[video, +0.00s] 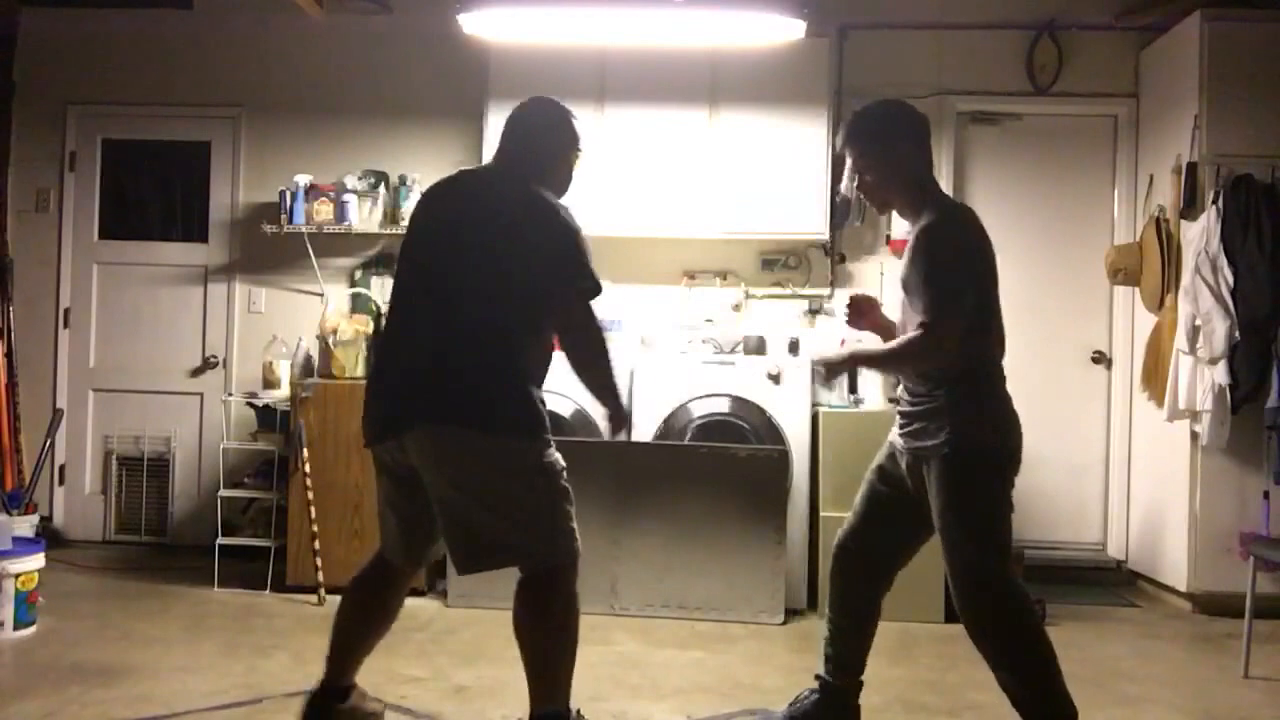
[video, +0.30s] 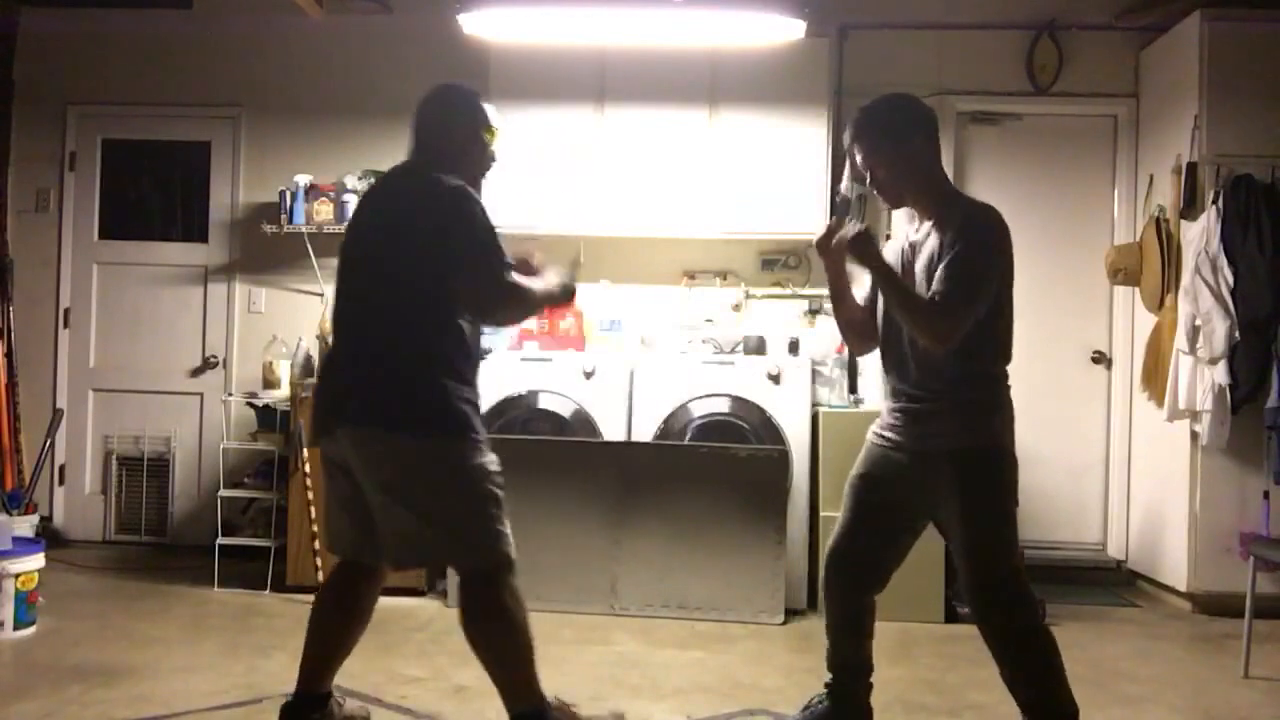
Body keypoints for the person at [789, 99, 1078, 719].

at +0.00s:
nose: (852, 184)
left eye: (858, 166)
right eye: (848, 169)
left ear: (899, 157)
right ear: (901, 162)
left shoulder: (948, 231)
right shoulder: (929, 233)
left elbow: (940, 346)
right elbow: (951, 337)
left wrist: (853, 360)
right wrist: (885, 323)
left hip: (964, 438)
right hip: (916, 435)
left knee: (986, 600)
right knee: (856, 561)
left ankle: (1057, 717)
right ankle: (837, 696)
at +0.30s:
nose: (861, 173)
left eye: (867, 156)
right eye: (858, 160)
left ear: (914, 149)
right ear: (898, 158)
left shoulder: (979, 227)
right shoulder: (897, 236)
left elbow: (943, 331)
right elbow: (862, 337)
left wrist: (874, 261)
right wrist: (835, 271)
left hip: (969, 439)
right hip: (900, 433)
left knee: (999, 603)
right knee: (847, 572)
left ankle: (1057, 716)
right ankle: (847, 699)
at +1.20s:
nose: (853, 188)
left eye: (861, 172)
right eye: (851, 173)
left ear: (903, 168)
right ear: (917, 168)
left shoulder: (907, 249)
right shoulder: (977, 233)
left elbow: (896, 359)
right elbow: (999, 341)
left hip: (983, 439)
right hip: (950, 439)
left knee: (1012, 595)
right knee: (896, 568)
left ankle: (1094, 714)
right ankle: (850, 693)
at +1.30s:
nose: (867, 189)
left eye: (873, 172)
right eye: (862, 175)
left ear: (915, 162)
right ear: (910, 168)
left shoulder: (962, 233)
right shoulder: (939, 235)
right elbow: (963, 338)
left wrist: (918, 395)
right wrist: (897, 322)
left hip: (1000, 441)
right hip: (951, 437)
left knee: (1016, 600)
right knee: (893, 560)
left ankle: (1092, 717)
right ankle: (872, 691)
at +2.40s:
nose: (847, 188)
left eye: (854, 172)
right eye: (844, 174)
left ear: (898, 159)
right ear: (901, 163)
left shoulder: (919, 228)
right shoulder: (925, 225)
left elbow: (816, 293)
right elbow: (931, 336)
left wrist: (738, 310)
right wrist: (872, 299)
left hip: (1000, 429)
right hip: (950, 425)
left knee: (1018, 589)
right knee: (906, 560)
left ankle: (1080, 714)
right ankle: (881, 693)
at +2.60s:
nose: (857, 186)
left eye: (866, 170)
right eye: (854, 172)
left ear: (908, 165)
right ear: (914, 168)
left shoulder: (946, 239)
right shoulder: (945, 232)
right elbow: (968, 334)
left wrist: (854, 403)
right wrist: (905, 324)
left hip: (1000, 434)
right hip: (957, 432)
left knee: (1009, 600)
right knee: (912, 559)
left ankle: (1079, 719)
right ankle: (915, 695)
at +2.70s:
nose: (878, 185)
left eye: (885, 167)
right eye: (874, 171)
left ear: (927, 162)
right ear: (923, 168)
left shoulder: (976, 234)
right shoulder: (940, 242)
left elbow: (1007, 339)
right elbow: (958, 343)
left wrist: (918, 374)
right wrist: (904, 334)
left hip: (994, 444)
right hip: (942, 437)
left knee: (1010, 612)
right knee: (871, 551)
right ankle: (901, 688)